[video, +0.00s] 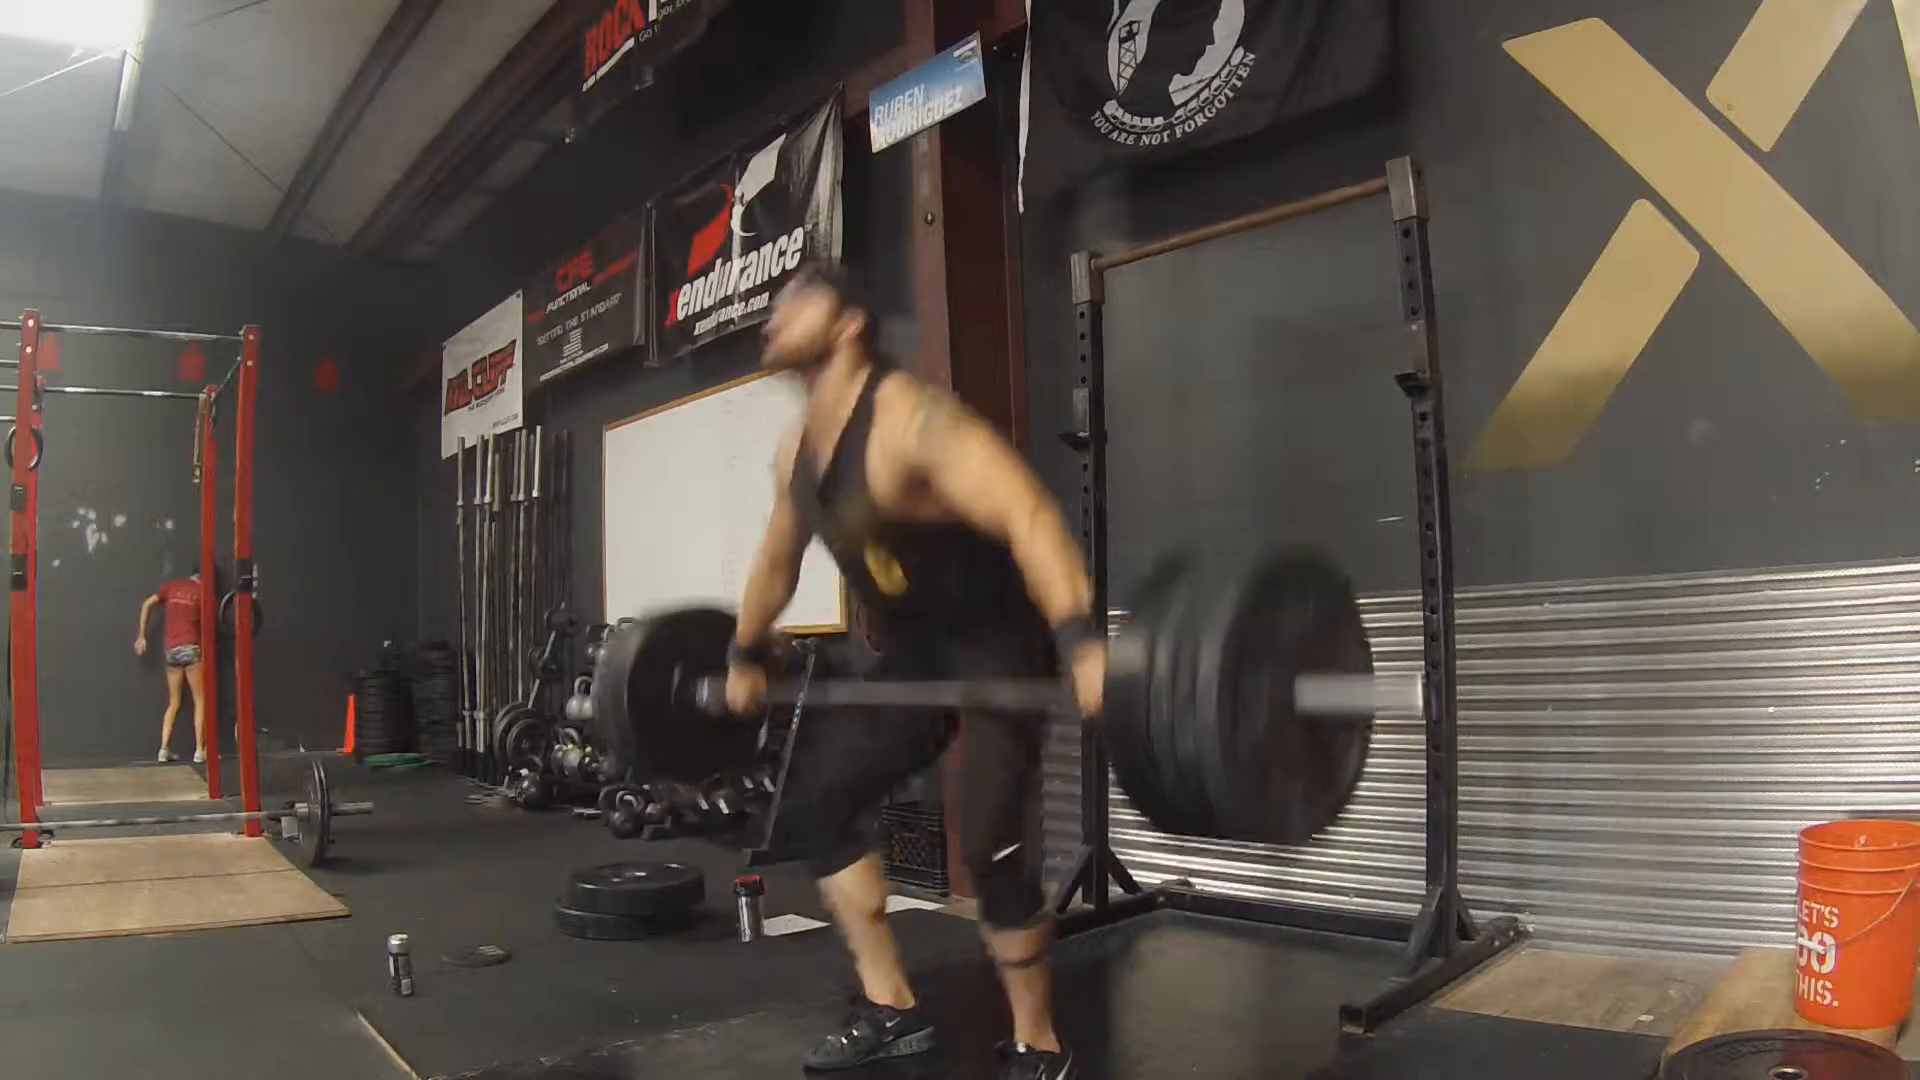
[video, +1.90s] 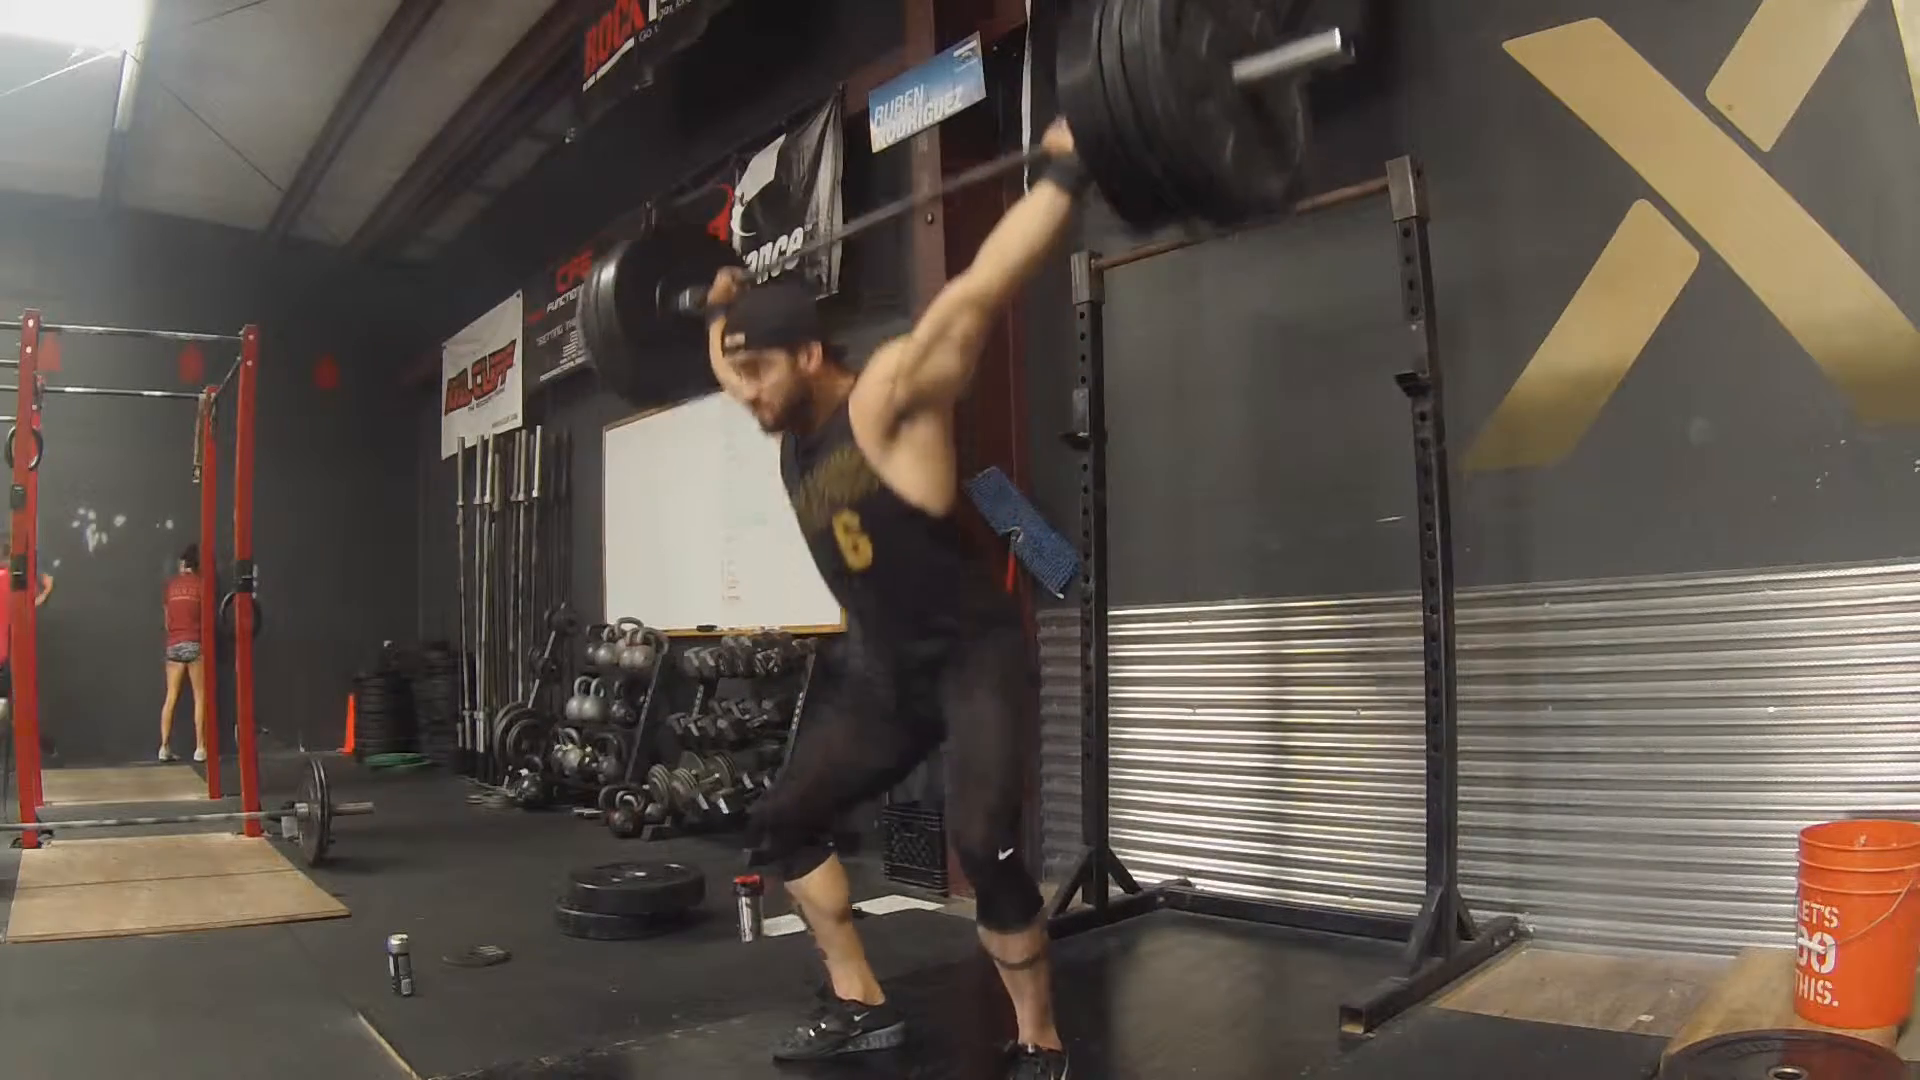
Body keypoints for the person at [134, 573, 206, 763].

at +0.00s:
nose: (206, 584)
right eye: (206, 580)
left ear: (192, 575)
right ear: (203, 577)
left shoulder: (171, 587)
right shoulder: (203, 592)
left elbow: (147, 603)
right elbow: (207, 621)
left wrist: (141, 635)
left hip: (171, 647)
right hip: (192, 646)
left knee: (173, 702)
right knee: (199, 700)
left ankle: (163, 749)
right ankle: (200, 749)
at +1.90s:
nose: (182, 568)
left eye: (182, 564)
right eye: (187, 564)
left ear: (181, 564)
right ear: (197, 564)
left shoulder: (170, 585)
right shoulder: (201, 584)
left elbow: (167, 615)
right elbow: (207, 614)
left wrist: (170, 631)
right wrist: (207, 636)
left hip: (174, 641)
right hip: (195, 640)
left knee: (170, 696)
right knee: (199, 695)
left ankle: (164, 745)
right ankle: (200, 746)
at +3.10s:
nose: (189, 566)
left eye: (192, 562)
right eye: (190, 561)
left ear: (202, 563)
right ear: (205, 564)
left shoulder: (196, 582)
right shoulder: (216, 584)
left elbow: (192, 612)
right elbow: (219, 615)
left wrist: (183, 643)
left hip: (195, 645)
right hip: (213, 645)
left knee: (187, 696)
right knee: (213, 696)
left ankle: (186, 747)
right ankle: (215, 748)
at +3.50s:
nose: (191, 568)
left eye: (194, 563)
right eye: (191, 564)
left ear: (203, 565)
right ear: (205, 565)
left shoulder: (199, 586)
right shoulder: (216, 586)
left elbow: (194, 615)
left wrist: (182, 644)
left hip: (199, 646)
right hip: (214, 644)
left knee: (201, 696)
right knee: (213, 696)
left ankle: (211, 747)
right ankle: (215, 745)